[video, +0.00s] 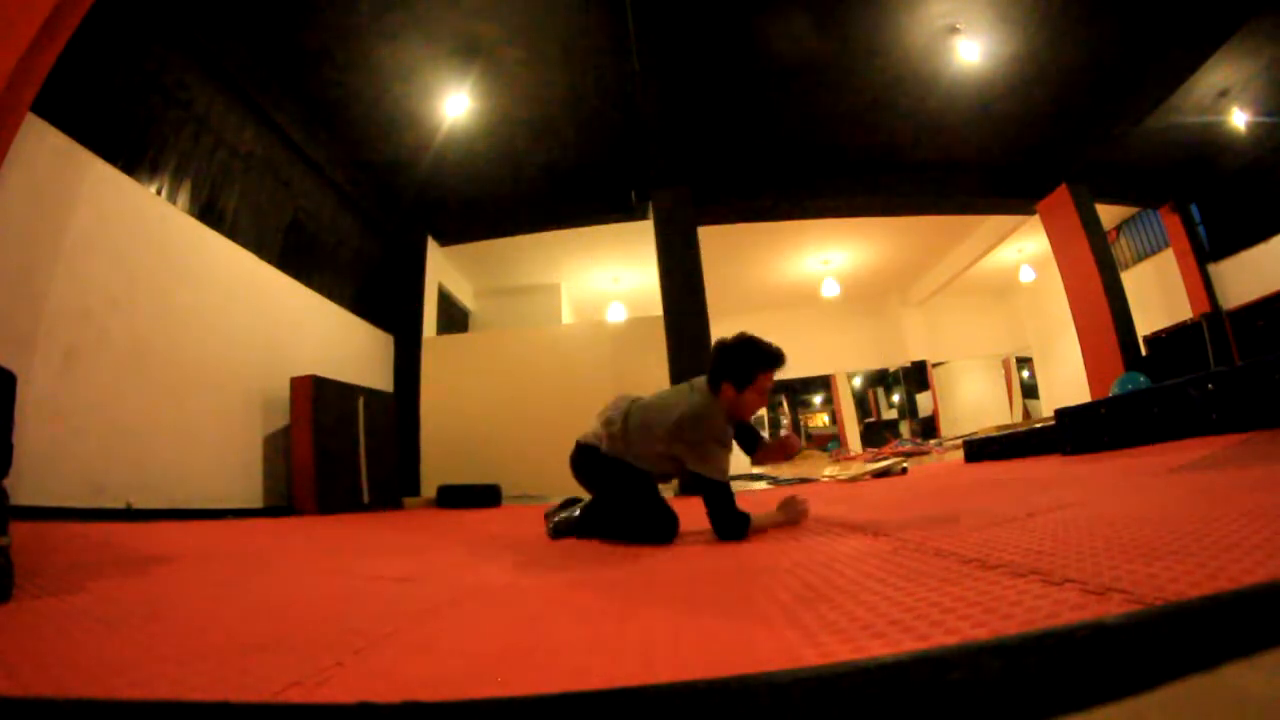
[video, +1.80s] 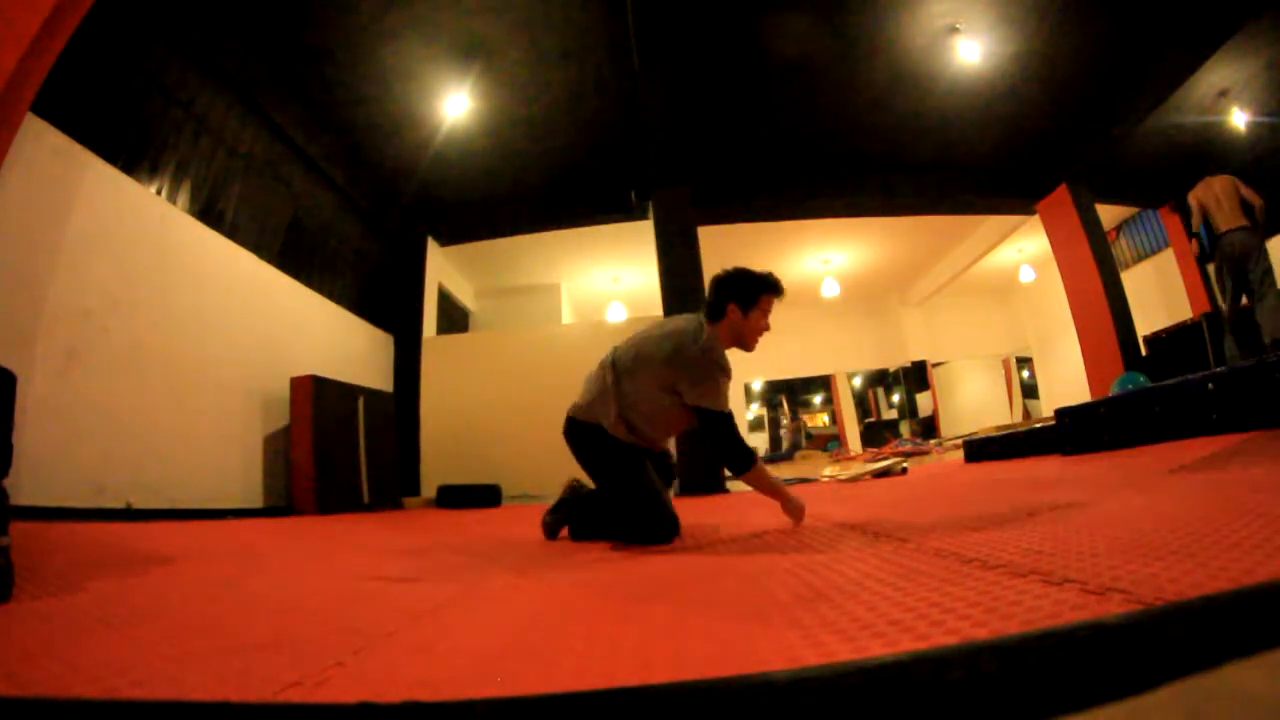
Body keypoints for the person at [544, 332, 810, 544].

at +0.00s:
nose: (766, 401)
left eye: (768, 391)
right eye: (762, 390)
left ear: (730, 386)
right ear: (732, 388)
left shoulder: (715, 394)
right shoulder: (704, 418)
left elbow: (756, 449)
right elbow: (728, 527)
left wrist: (781, 450)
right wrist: (779, 518)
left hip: (621, 452)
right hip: (597, 458)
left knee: (649, 511)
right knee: (662, 527)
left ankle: (581, 509)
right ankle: (576, 520)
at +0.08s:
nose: (767, 423)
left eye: (770, 413)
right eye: (763, 413)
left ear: (732, 409)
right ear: (733, 412)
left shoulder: (718, 414)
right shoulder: (701, 435)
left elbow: (750, 477)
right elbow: (731, 528)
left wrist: (765, 471)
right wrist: (789, 515)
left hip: (617, 453)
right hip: (591, 461)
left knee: (658, 513)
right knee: (659, 527)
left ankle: (582, 512)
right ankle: (577, 521)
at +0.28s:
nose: (761, 467)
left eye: (769, 463)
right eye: (763, 461)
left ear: (742, 433)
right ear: (745, 440)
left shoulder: (725, 430)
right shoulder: (707, 439)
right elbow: (732, 528)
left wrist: (740, 488)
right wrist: (789, 517)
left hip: (622, 451)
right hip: (598, 455)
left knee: (658, 514)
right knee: (660, 528)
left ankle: (587, 509)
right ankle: (579, 519)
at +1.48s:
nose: (777, 432)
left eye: (784, 424)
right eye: (775, 419)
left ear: (742, 404)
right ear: (746, 404)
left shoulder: (719, 414)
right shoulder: (715, 425)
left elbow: (679, 484)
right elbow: (735, 526)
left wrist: (738, 502)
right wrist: (787, 517)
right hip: (584, 438)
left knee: (655, 518)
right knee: (658, 528)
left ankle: (582, 506)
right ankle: (577, 512)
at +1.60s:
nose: (782, 400)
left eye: (786, 390)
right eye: (781, 388)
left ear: (744, 376)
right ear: (748, 377)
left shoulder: (712, 385)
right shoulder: (715, 406)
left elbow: (700, 484)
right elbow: (730, 507)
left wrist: (772, 516)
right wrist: (783, 518)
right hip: (587, 436)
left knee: (654, 517)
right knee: (659, 529)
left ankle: (582, 499)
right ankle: (576, 511)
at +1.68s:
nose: (779, 368)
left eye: (781, 358)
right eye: (776, 356)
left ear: (743, 351)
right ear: (744, 352)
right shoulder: (712, 378)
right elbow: (726, 472)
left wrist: (774, 506)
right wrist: (783, 512)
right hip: (592, 434)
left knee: (653, 519)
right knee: (658, 528)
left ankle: (580, 503)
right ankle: (576, 508)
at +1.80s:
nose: (767, 326)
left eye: (768, 315)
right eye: (763, 314)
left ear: (732, 314)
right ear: (733, 312)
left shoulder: (697, 335)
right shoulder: (701, 354)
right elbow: (730, 448)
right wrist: (782, 496)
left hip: (630, 426)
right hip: (597, 428)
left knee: (662, 472)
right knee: (659, 527)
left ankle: (593, 503)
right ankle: (576, 508)